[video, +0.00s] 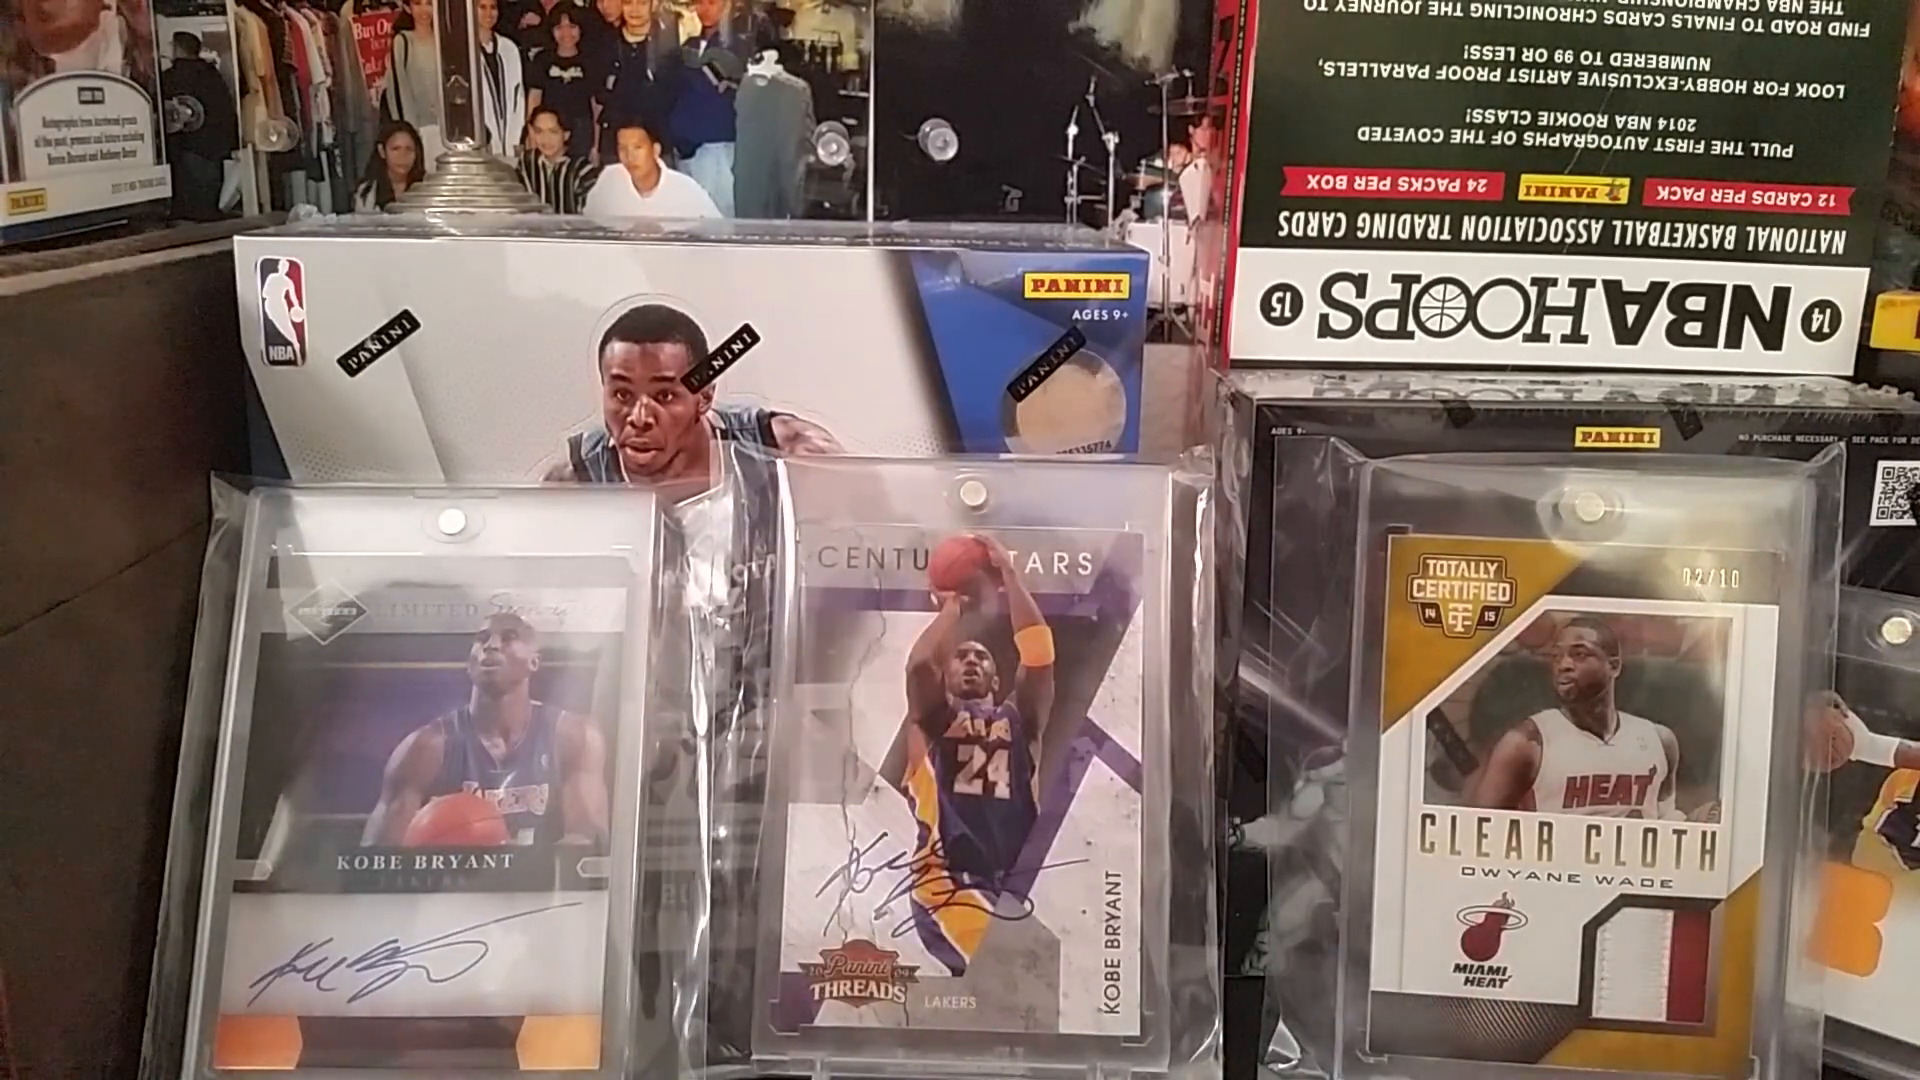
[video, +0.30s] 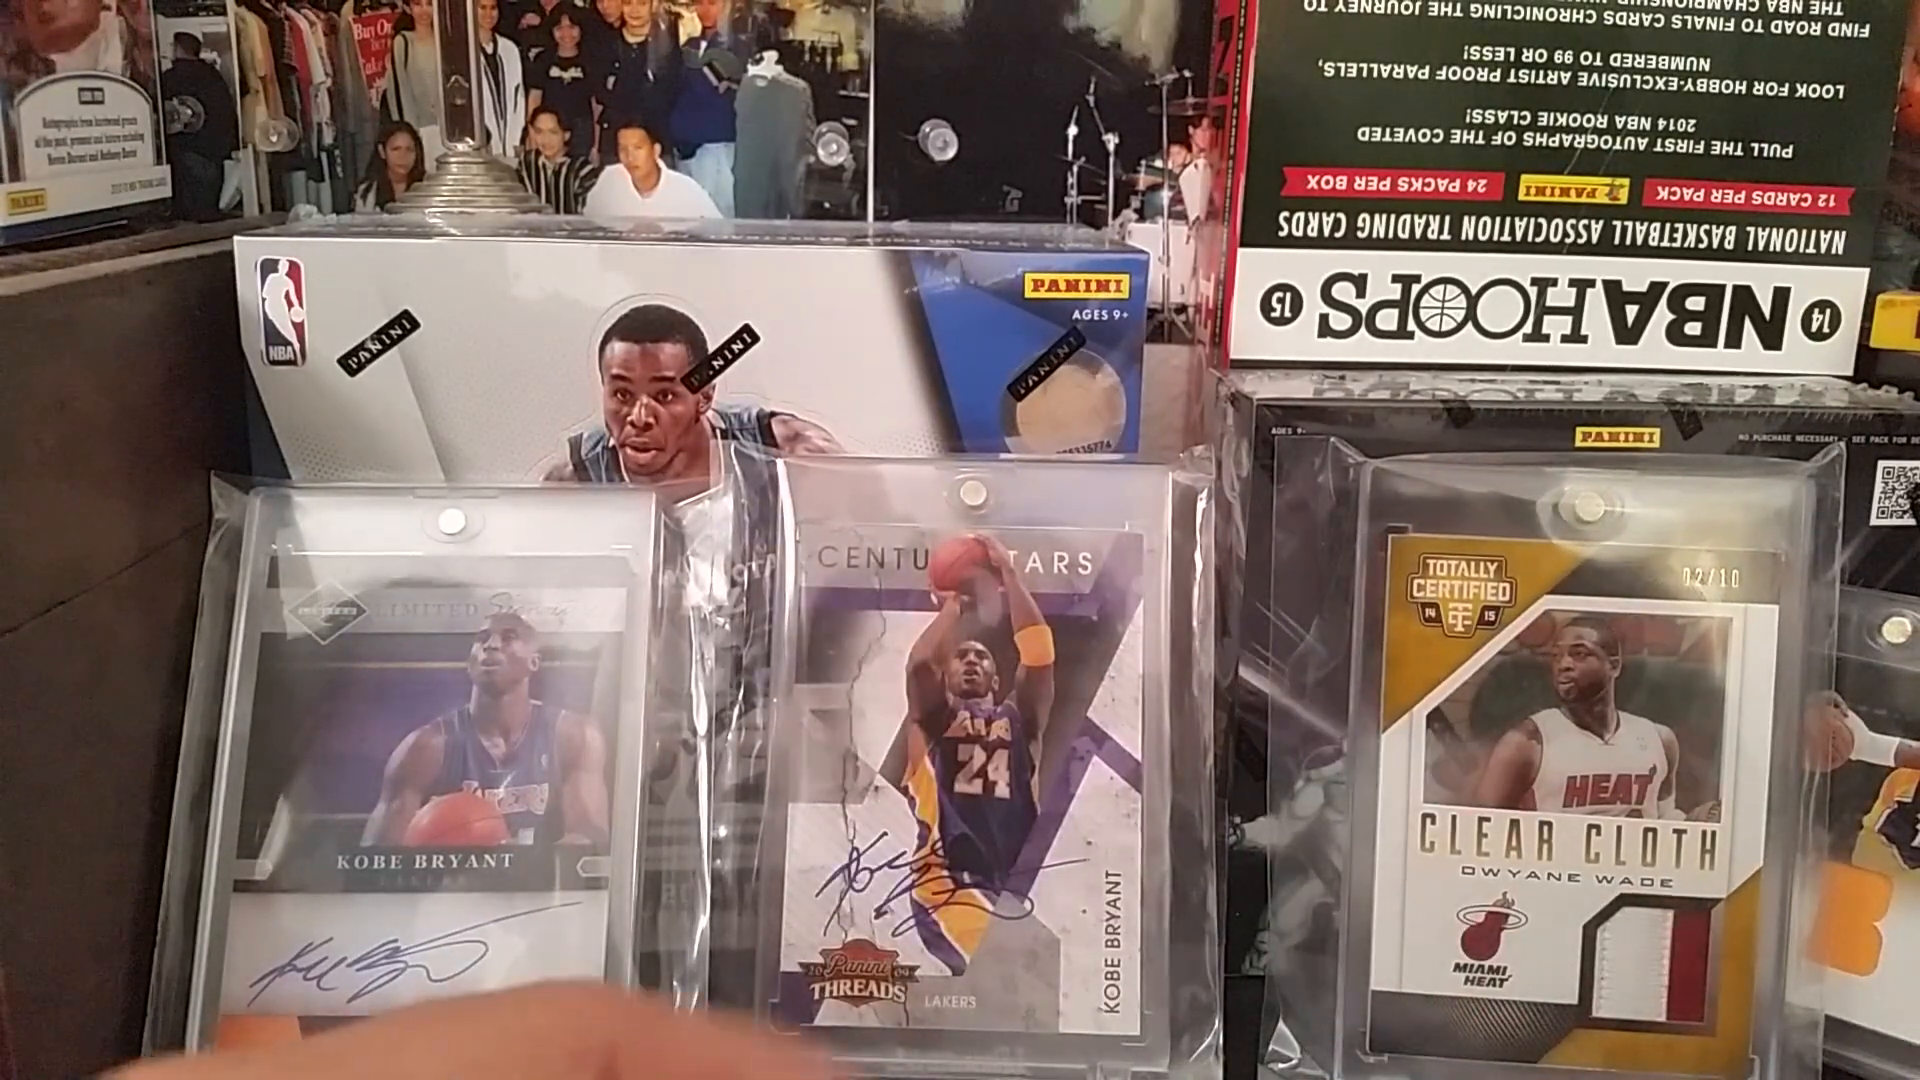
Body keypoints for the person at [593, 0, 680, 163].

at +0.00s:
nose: (634, 9)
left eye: (642, 3)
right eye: (628, 3)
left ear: (653, 6)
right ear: (621, 6)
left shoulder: (667, 44)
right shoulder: (608, 43)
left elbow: (674, 89)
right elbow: (598, 90)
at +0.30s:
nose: (634, 10)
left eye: (642, 3)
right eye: (628, 3)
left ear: (653, 6)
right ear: (621, 7)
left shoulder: (668, 45)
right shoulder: (608, 43)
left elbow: (675, 89)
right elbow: (598, 89)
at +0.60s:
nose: (634, 10)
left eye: (642, 3)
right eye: (628, 3)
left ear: (654, 6)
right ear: (621, 7)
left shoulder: (667, 42)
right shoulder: (607, 42)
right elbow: (601, 94)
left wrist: (617, 86)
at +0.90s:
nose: (634, 10)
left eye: (642, 3)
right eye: (628, 3)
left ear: (653, 6)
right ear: (621, 7)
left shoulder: (667, 42)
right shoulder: (608, 42)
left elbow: (673, 89)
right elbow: (600, 92)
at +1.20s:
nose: (635, 11)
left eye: (642, 4)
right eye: (628, 4)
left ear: (653, 6)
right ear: (621, 7)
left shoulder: (667, 45)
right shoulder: (607, 43)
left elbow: (672, 92)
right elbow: (600, 93)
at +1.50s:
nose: (635, 11)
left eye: (642, 4)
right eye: (628, 4)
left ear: (653, 7)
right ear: (621, 7)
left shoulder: (666, 47)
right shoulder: (607, 44)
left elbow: (672, 94)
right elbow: (600, 93)